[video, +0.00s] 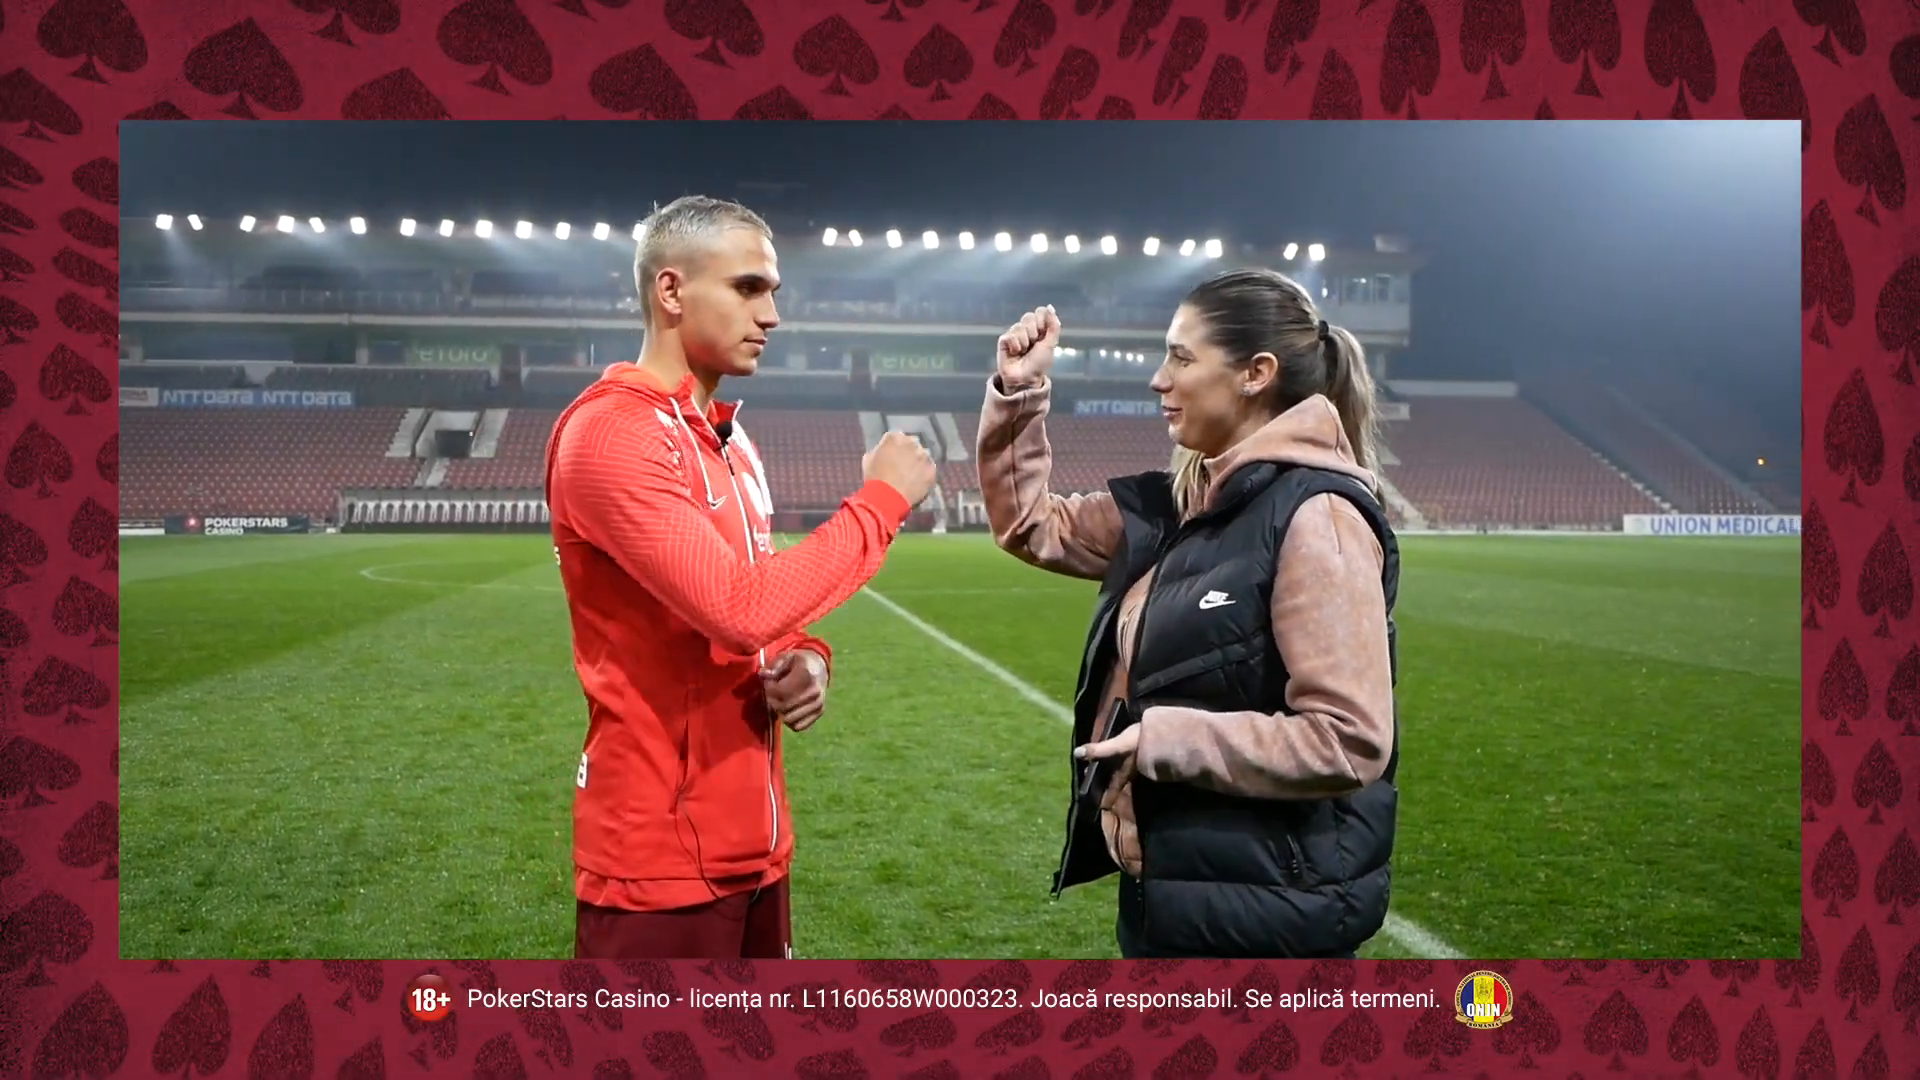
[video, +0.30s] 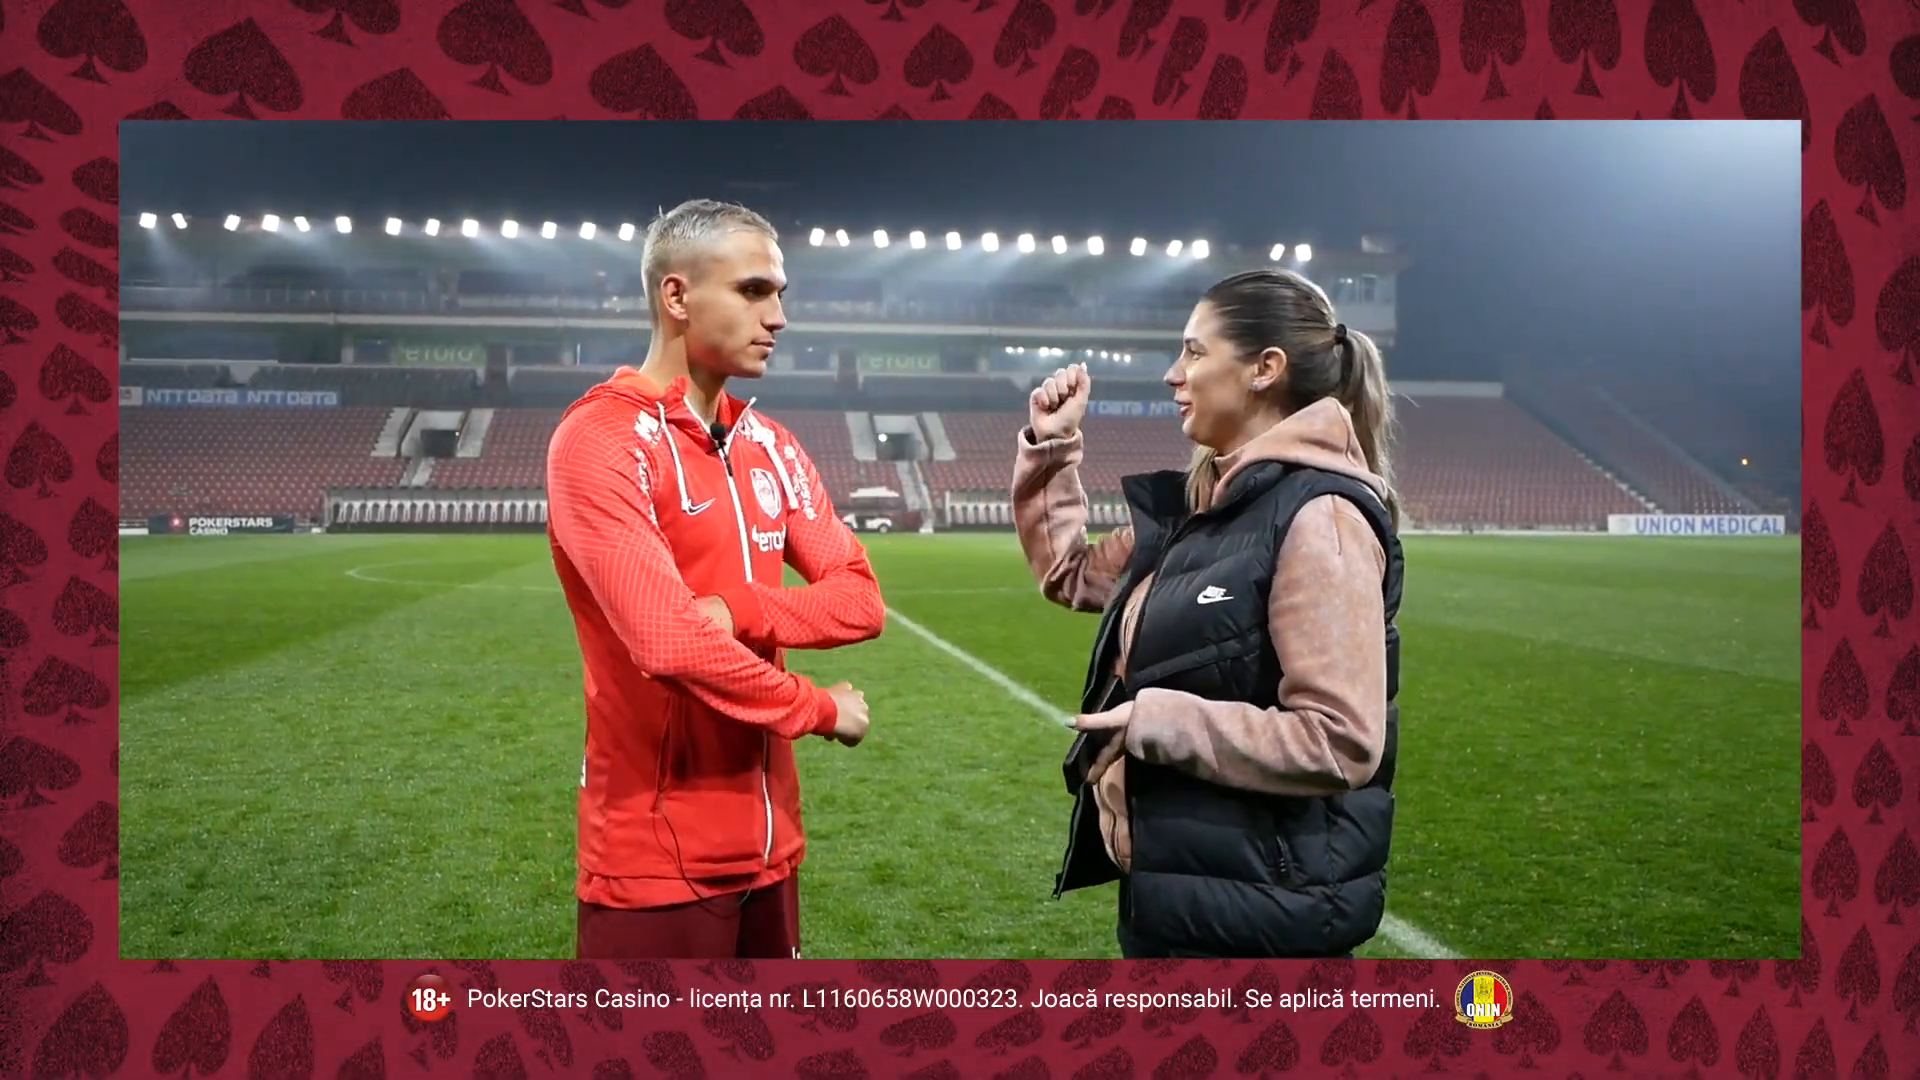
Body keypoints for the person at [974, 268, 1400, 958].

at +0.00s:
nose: (1159, 381)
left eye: (1180, 358)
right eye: (1166, 357)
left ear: (1256, 374)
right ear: (1252, 376)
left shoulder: (1318, 518)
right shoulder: (1190, 503)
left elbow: (1348, 740)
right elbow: (1032, 528)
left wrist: (1167, 738)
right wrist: (1017, 398)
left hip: (1259, 924)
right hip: (1173, 908)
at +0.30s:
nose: (1173, 375)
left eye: (1194, 353)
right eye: (1180, 354)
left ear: (1266, 369)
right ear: (1263, 371)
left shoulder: (1322, 517)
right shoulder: (1215, 505)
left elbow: (1339, 742)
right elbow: (1069, 574)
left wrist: (1153, 720)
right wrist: (1050, 450)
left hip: (1258, 918)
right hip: (1183, 906)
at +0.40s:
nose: (1177, 374)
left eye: (1197, 351)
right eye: (1185, 352)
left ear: (1268, 367)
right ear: (1264, 369)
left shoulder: (1323, 517)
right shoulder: (1225, 501)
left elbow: (1338, 742)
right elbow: (1136, 649)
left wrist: (1158, 719)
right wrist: (1037, 534)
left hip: (1256, 921)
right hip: (1184, 907)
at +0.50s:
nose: (1177, 373)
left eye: (1199, 350)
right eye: (1186, 351)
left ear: (1269, 366)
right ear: (1260, 367)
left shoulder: (1321, 518)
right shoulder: (1225, 502)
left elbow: (1335, 742)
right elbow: (1178, 687)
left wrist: (1159, 723)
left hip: (1255, 920)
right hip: (1186, 907)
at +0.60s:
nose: (1174, 374)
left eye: (1195, 351)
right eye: (1183, 353)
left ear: (1265, 369)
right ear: (1257, 370)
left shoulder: (1314, 521)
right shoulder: (1223, 506)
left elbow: (1329, 743)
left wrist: (1149, 724)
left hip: (1253, 922)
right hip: (1187, 911)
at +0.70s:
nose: (1165, 370)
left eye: (1186, 347)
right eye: (1175, 349)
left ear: (1254, 369)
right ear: (1248, 371)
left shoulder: (1305, 518)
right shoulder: (1217, 504)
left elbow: (1322, 740)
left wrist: (1141, 720)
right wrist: (1112, 764)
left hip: (1252, 922)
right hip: (1187, 912)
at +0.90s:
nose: (1148, 363)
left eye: (1169, 340)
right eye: (1157, 341)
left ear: (1235, 364)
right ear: (1230, 366)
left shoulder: (1286, 509)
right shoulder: (1208, 497)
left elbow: (1310, 729)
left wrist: (1132, 718)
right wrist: (1108, 763)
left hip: (1258, 912)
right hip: (1200, 905)